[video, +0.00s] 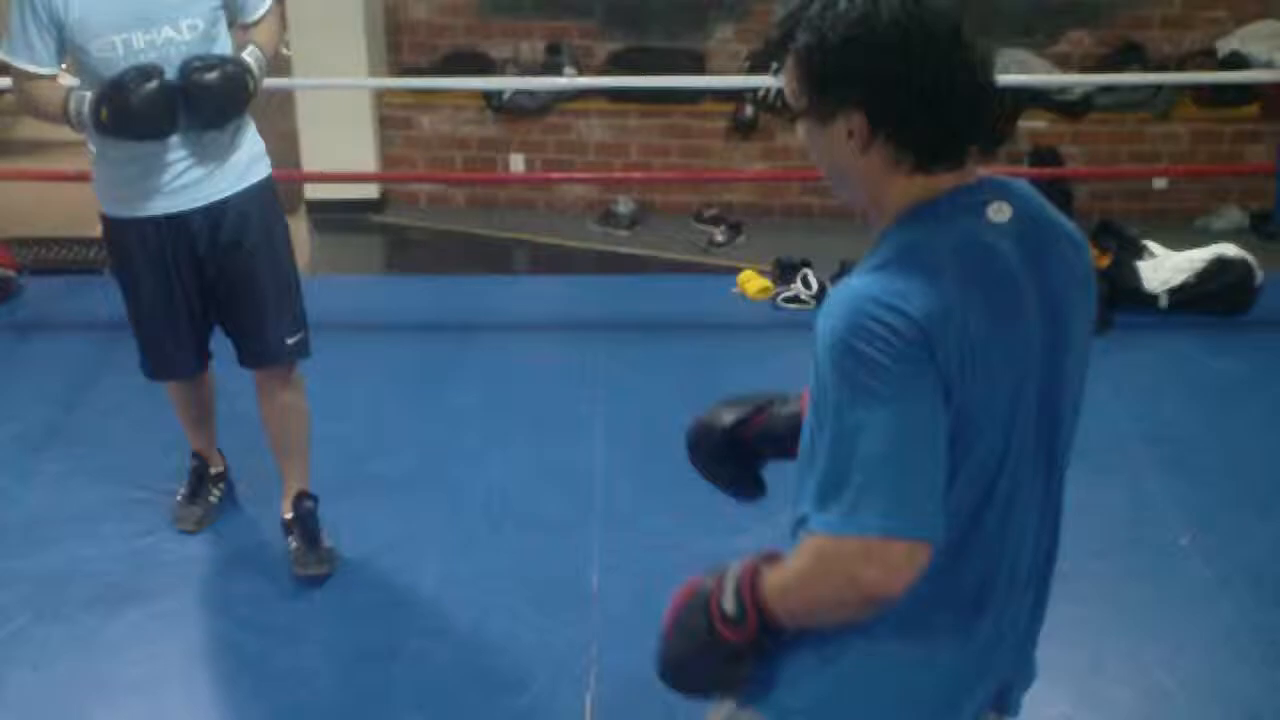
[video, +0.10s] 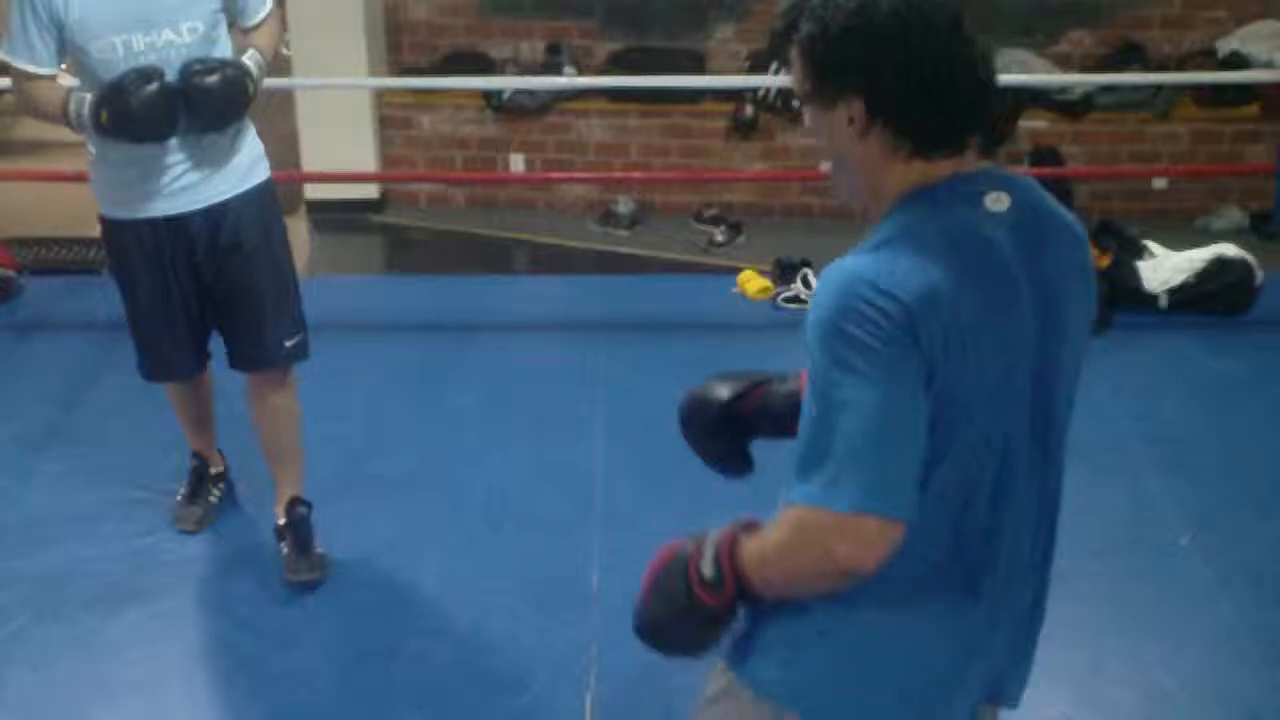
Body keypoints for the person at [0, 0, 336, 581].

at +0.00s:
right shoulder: (39, 4)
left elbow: (265, 17)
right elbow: (31, 84)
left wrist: (248, 68)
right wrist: (94, 109)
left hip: (235, 181)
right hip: (138, 202)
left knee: (276, 354)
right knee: (177, 356)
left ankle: (299, 506)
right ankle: (207, 468)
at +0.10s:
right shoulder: (40, 5)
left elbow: (264, 19)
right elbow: (30, 84)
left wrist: (248, 70)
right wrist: (94, 110)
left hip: (234, 183)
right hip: (136, 204)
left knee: (270, 358)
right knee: (175, 357)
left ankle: (292, 512)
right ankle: (207, 467)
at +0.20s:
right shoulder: (45, 4)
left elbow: (267, 29)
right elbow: (34, 83)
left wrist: (250, 80)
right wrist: (94, 112)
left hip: (230, 187)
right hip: (132, 204)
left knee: (265, 361)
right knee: (170, 358)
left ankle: (290, 515)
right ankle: (206, 464)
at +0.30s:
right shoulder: (53, 3)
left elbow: (275, 36)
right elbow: (36, 74)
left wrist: (254, 85)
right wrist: (93, 109)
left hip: (229, 189)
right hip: (130, 202)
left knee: (263, 362)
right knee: (171, 358)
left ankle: (290, 515)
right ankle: (207, 464)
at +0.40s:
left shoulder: (240, 0)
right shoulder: (60, 2)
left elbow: (282, 44)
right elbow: (38, 70)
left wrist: (259, 91)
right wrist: (97, 105)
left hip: (231, 195)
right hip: (132, 206)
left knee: (263, 364)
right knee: (170, 359)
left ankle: (289, 516)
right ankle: (206, 464)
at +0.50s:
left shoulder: (246, 2)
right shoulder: (66, 2)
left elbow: (290, 55)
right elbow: (39, 68)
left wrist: (265, 93)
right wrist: (101, 104)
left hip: (234, 199)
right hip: (133, 209)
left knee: (266, 368)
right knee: (170, 362)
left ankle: (289, 517)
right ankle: (207, 464)